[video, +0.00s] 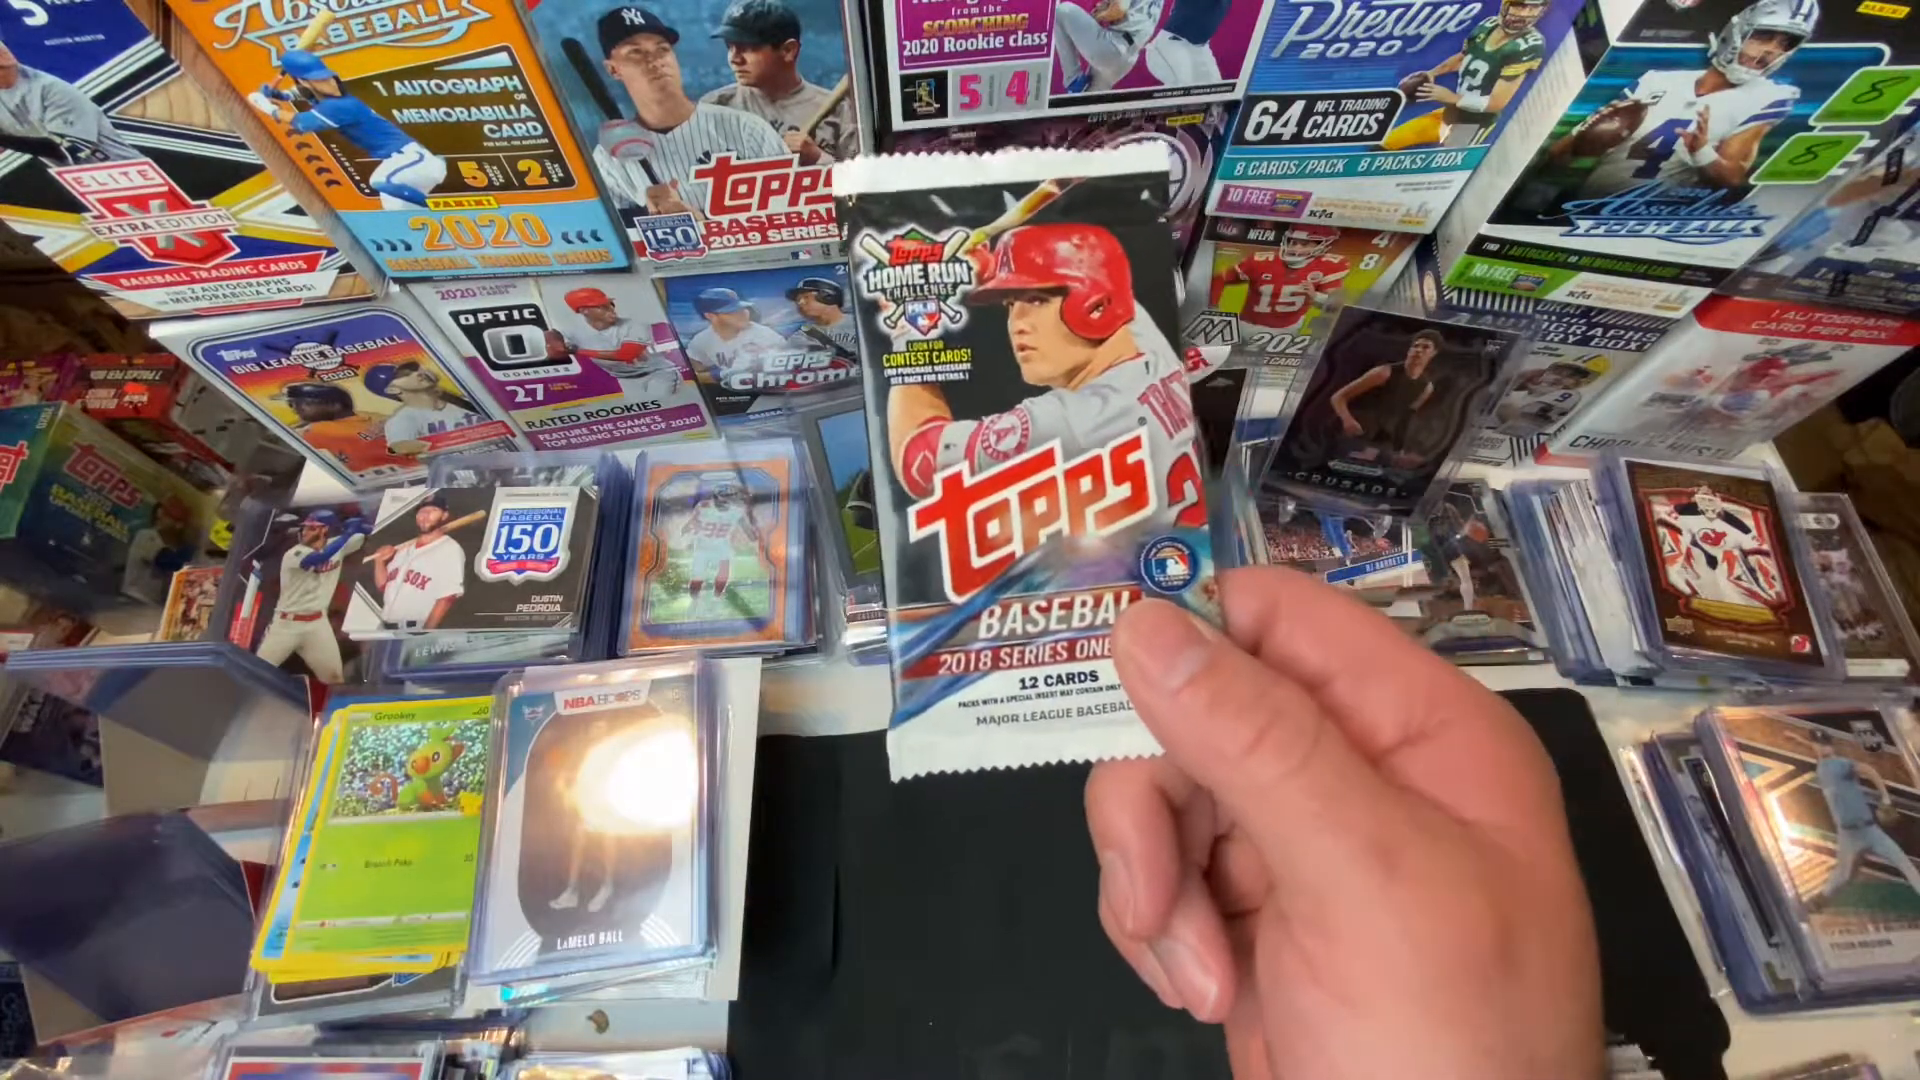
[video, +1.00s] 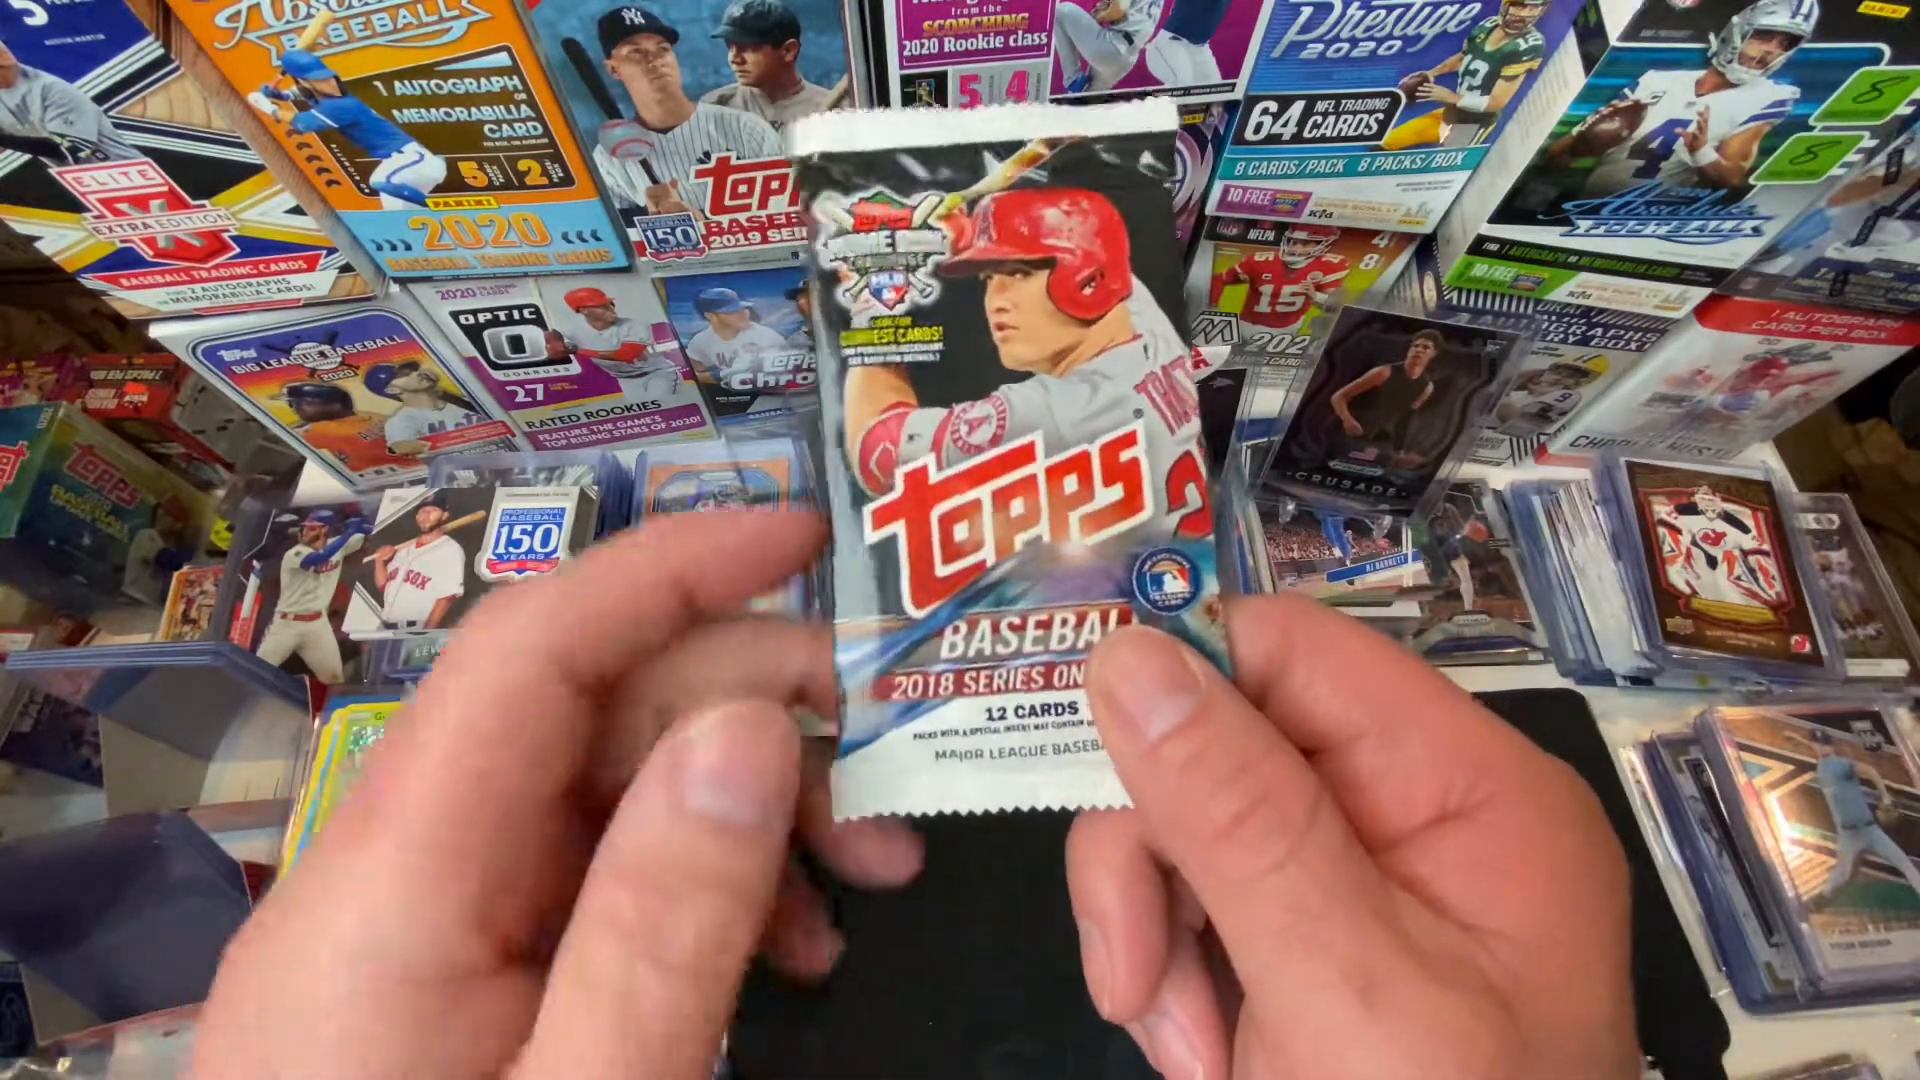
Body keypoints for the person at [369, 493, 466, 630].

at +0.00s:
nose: (426, 516)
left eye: (433, 511)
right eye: (422, 511)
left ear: (444, 516)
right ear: (416, 515)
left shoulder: (450, 550)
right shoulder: (405, 548)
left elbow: (447, 598)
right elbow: (382, 586)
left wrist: (424, 634)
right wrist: (379, 561)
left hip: (416, 630)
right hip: (386, 627)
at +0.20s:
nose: (425, 516)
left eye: (432, 511)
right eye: (422, 511)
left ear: (444, 516)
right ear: (416, 515)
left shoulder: (450, 550)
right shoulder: (405, 548)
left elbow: (447, 598)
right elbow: (382, 585)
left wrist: (424, 633)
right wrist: (379, 561)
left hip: (416, 630)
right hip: (386, 627)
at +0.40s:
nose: (425, 516)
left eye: (432, 511)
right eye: (422, 511)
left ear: (444, 515)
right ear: (416, 515)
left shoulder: (451, 550)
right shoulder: (406, 548)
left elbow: (446, 598)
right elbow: (382, 585)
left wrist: (424, 635)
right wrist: (379, 561)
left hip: (415, 631)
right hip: (386, 627)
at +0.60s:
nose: (425, 516)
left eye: (432, 511)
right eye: (422, 511)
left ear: (444, 516)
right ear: (416, 516)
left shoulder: (450, 550)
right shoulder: (406, 548)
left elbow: (446, 598)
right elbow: (382, 585)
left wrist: (424, 634)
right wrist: (379, 561)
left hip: (415, 631)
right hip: (386, 627)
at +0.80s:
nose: (425, 516)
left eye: (432, 511)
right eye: (422, 511)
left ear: (444, 516)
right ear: (416, 516)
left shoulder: (451, 550)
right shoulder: (406, 548)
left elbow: (446, 598)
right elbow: (382, 585)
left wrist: (424, 634)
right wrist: (379, 561)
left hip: (415, 630)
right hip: (386, 627)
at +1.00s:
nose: (425, 516)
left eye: (432, 511)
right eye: (422, 511)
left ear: (444, 516)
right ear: (416, 516)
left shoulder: (451, 549)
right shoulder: (405, 549)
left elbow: (446, 598)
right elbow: (382, 585)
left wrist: (424, 635)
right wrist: (379, 561)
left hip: (417, 631)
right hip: (386, 627)